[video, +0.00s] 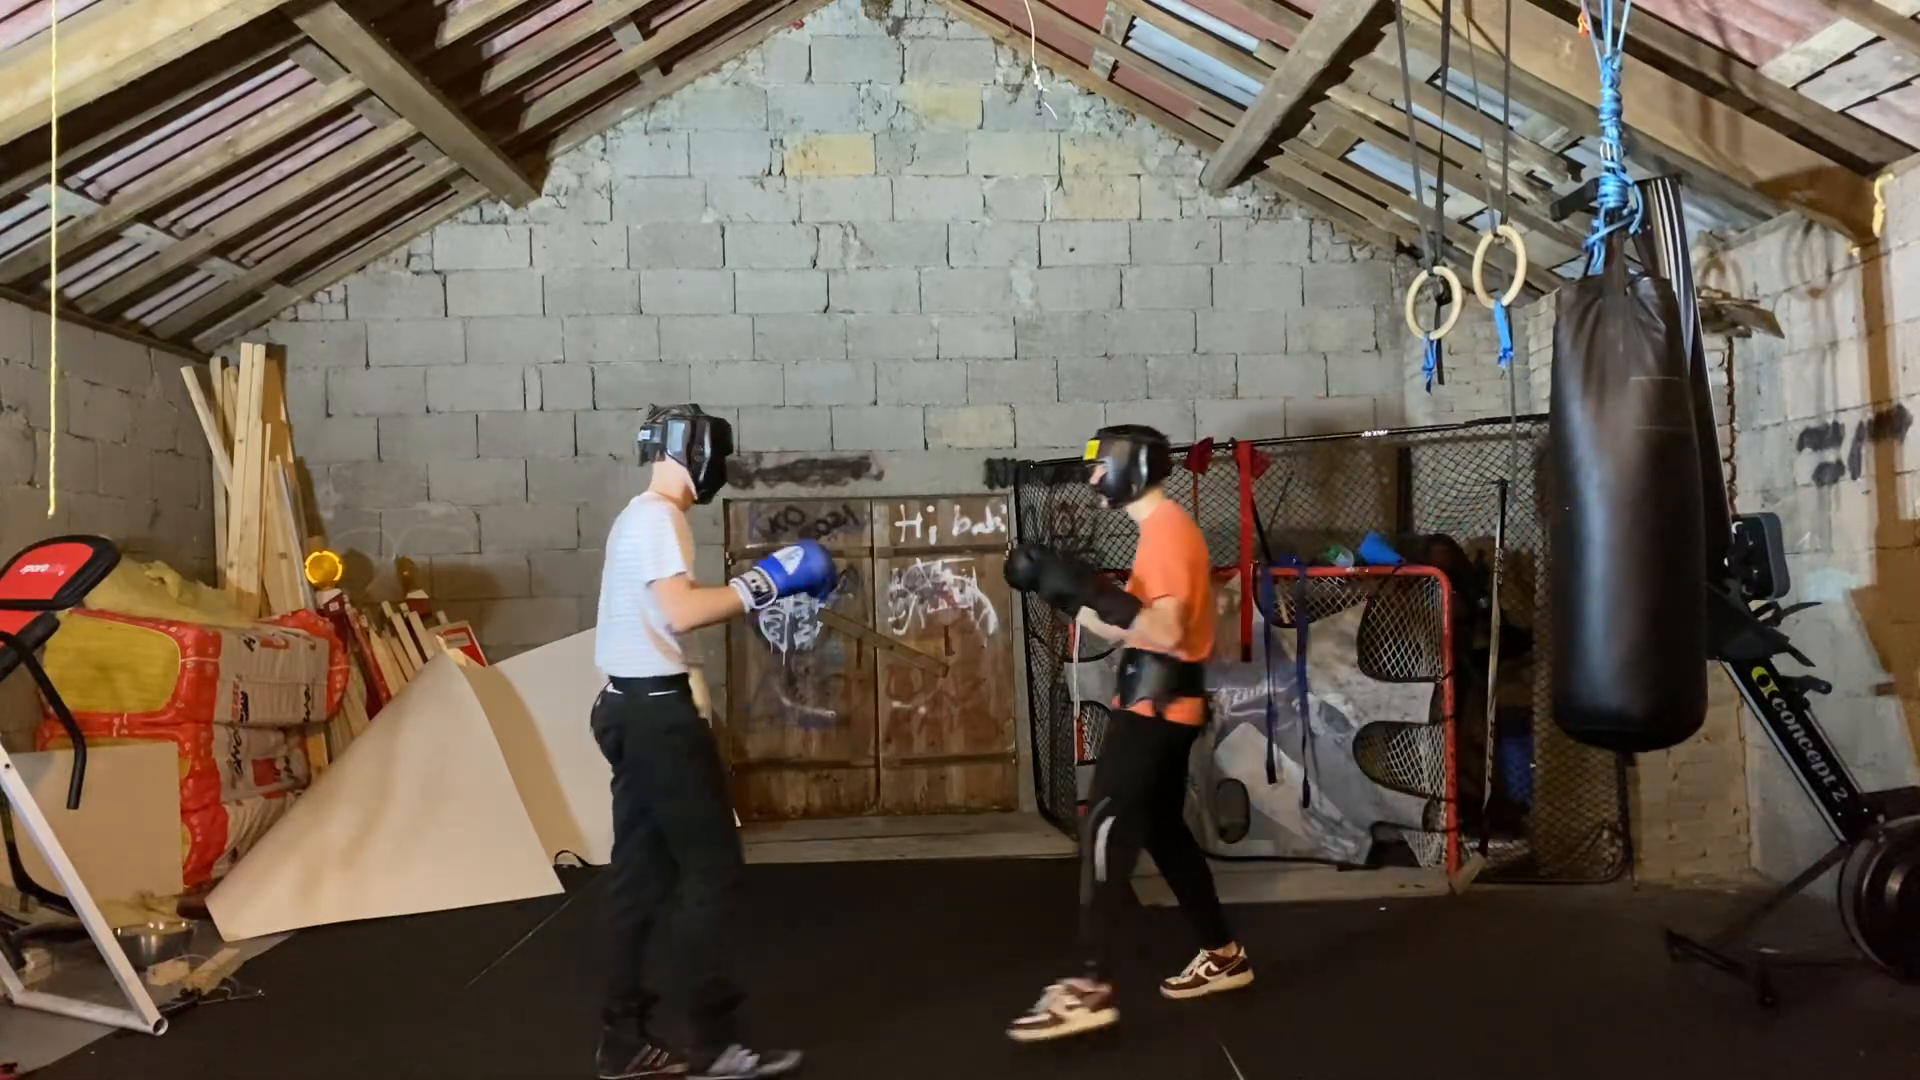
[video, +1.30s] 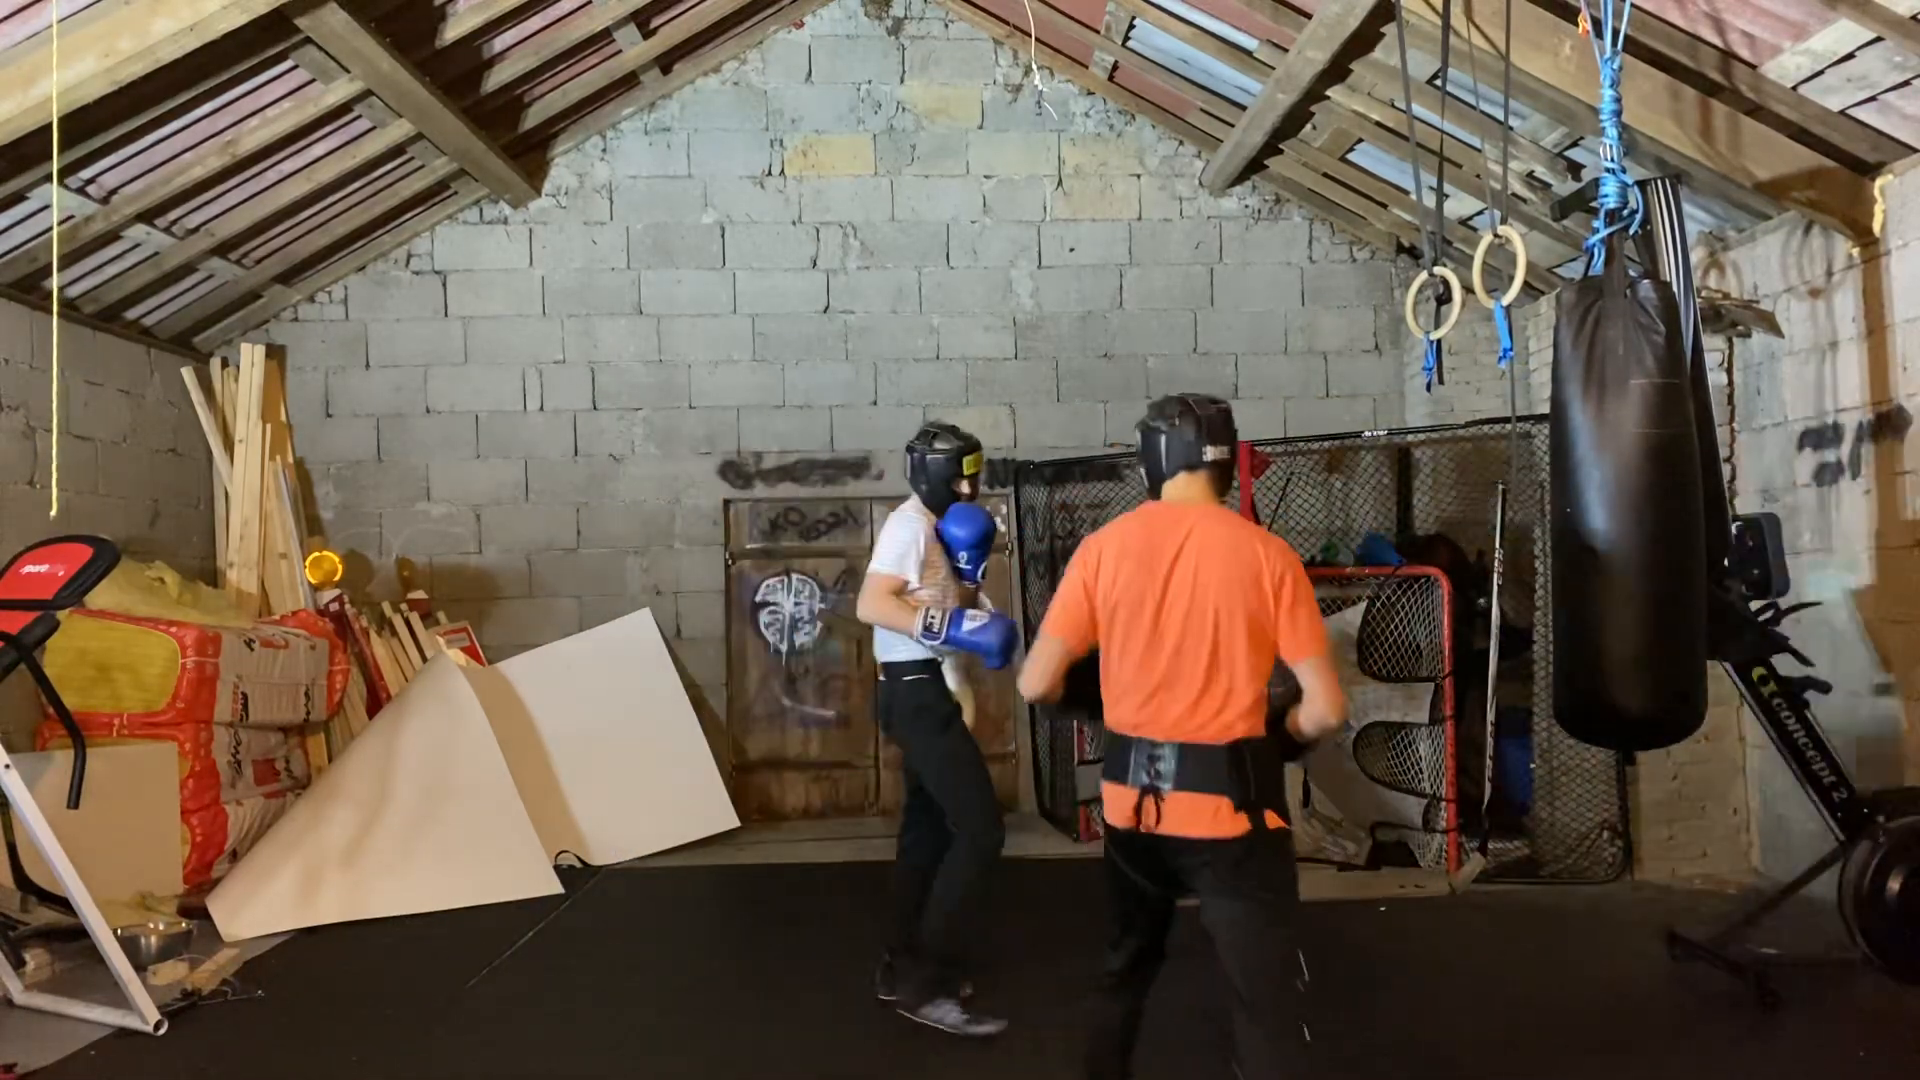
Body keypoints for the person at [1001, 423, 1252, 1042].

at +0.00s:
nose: (1096, 477)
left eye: (1104, 465)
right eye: (1097, 465)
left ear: (1132, 470)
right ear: (1146, 469)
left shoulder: (1165, 532)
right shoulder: (1163, 528)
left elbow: (1167, 631)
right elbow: (1156, 617)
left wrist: (1086, 608)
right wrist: (1087, 593)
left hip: (1155, 712)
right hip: (1167, 710)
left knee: (1104, 835)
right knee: (1163, 831)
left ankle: (1090, 985)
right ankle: (1221, 950)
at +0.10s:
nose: (1074, 485)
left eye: (1080, 472)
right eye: (1076, 472)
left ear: (1103, 475)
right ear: (1130, 474)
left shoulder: (1135, 536)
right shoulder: (1156, 534)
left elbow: (1118, 633)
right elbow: (1142, 630)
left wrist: (1057, 598)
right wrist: (1081, 614)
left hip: (1126, 715)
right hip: (1159, 715)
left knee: (1071, 846)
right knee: (1153, 832)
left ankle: (1046, 996)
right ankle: (1219, 948)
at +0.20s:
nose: (1047, 488)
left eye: (1052, 477)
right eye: (1049, 476)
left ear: (1070, 481)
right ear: (1107, 480)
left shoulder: (1097, 543)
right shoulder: (1137, 540)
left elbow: (1044, 630)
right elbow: (1085, 626)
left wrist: (988, 584)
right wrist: (1015, 596)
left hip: (1099, 727)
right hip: (1148, 723)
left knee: (1040, 864)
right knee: (1159, 840)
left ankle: (1046, 1021)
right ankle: (1218, 949)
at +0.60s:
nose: (1026, 483)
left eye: (1028, 472)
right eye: (1029, 472)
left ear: (1042, 474)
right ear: (1099, 471)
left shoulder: (1049, 543)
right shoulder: (1152, 536)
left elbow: (1038, 648)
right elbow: (1155, 627)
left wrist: (979, 698)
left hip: (1079, 747)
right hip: (1158, 746)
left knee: (1034, 874)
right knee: (1172, 883)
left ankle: (1044, 1030)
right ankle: (1208, 1004)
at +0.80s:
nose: (1092, 489)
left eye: (1095, 479)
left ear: (1105, 482)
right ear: (1163, 482)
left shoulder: (1082, 551)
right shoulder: (1215, 563)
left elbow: (1074, 654)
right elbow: (1245, 686)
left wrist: (1043, 742)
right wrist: (1184, 669)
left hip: (1110, 780)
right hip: (1198, 779)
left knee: (1086, 910)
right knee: (1222, 934)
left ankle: (1062, 1032)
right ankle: (1239, 1061)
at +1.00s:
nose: (1118, 425)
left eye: (1122, 414)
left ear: (1132, 417)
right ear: (1198, 421)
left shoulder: (1098, 480)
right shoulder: (1245, 499)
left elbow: (1054, 584)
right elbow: (1288, 635)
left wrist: (1047, 637)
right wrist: (1222, 646)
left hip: (1111, 721)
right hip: (1205, 723)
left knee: (1115, 880)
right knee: (1232, 900)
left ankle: (1128, 1050)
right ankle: (1252, 1064)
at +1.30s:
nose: (1145, 467)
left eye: (1146, 456)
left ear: (1152, 460)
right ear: (1227, 462)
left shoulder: (1104, 549)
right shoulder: (1268, 556)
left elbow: (1036, 682)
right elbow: (1325, 708)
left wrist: (1098, 685)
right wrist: (1276, 738)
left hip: (1131, 808)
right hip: (1229, 812)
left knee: (1121, 973)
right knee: (1269, 1008)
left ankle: (1104, 1075)